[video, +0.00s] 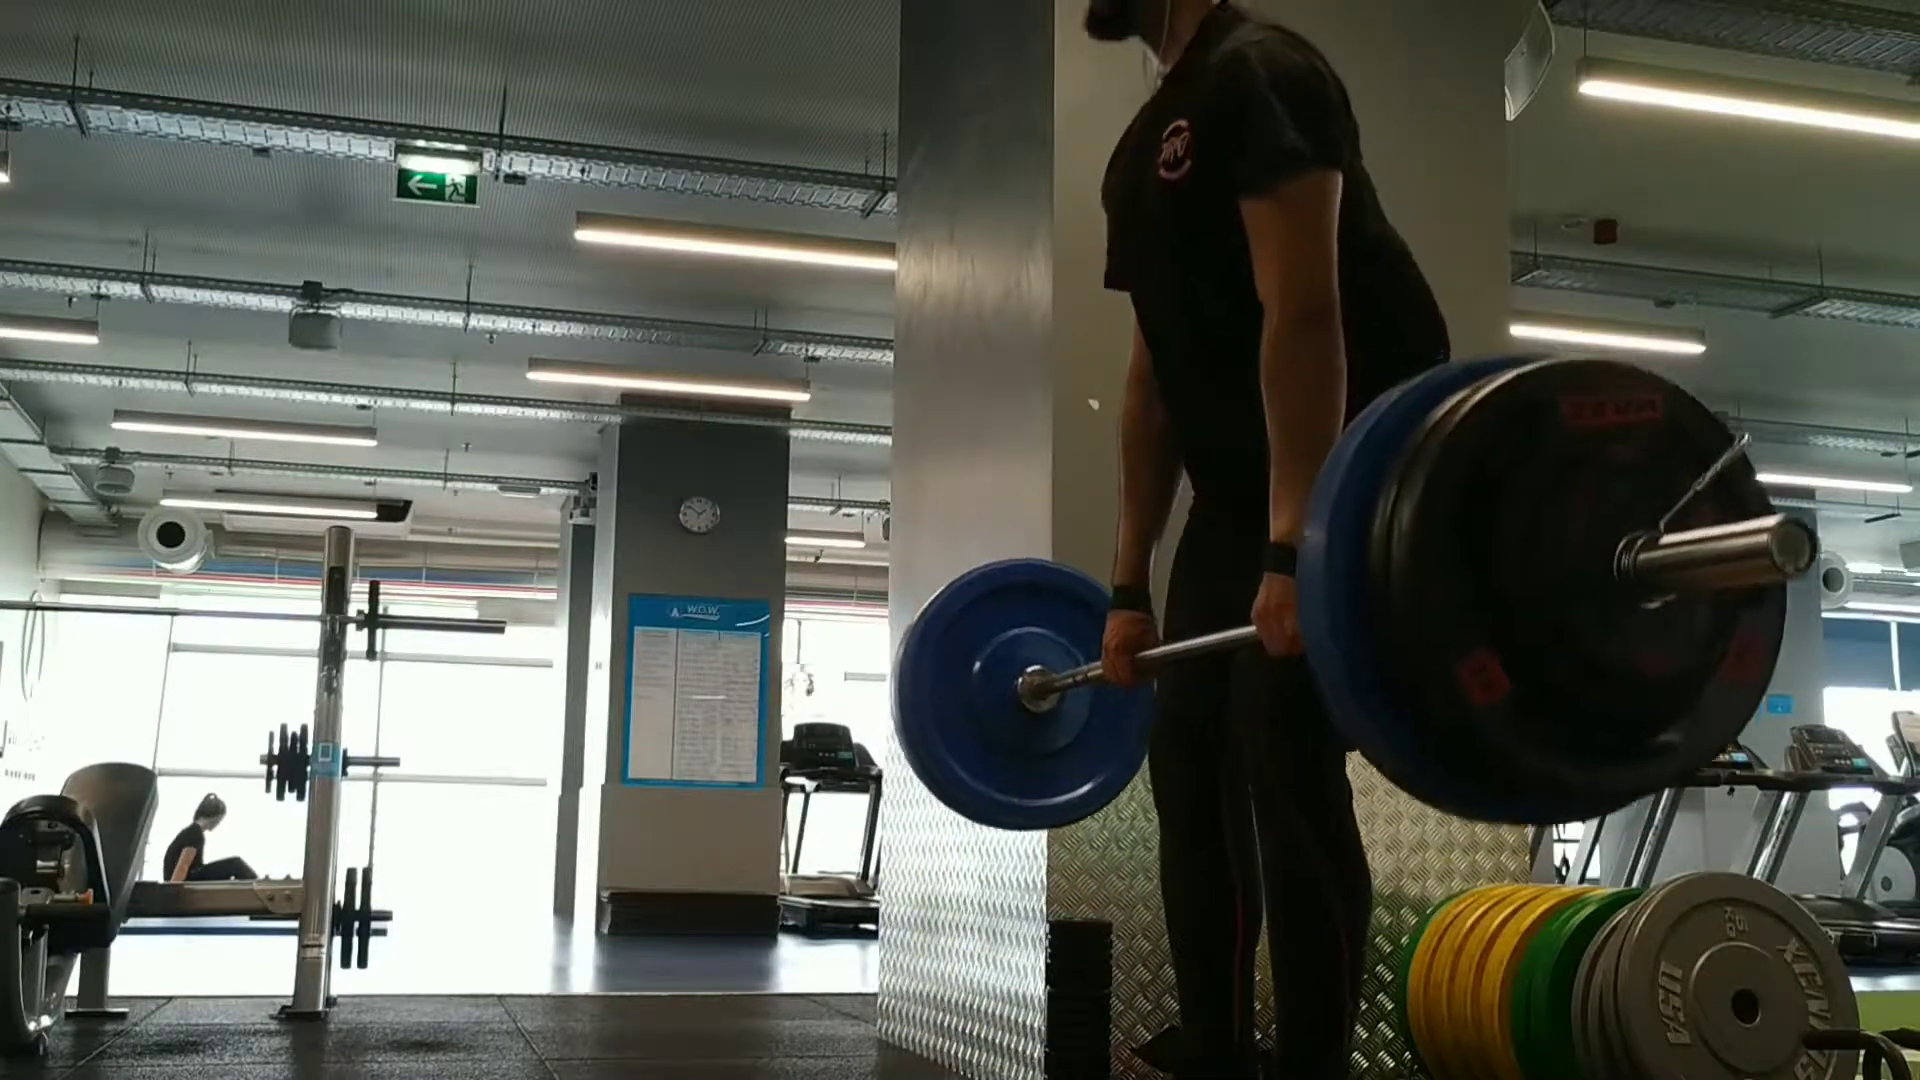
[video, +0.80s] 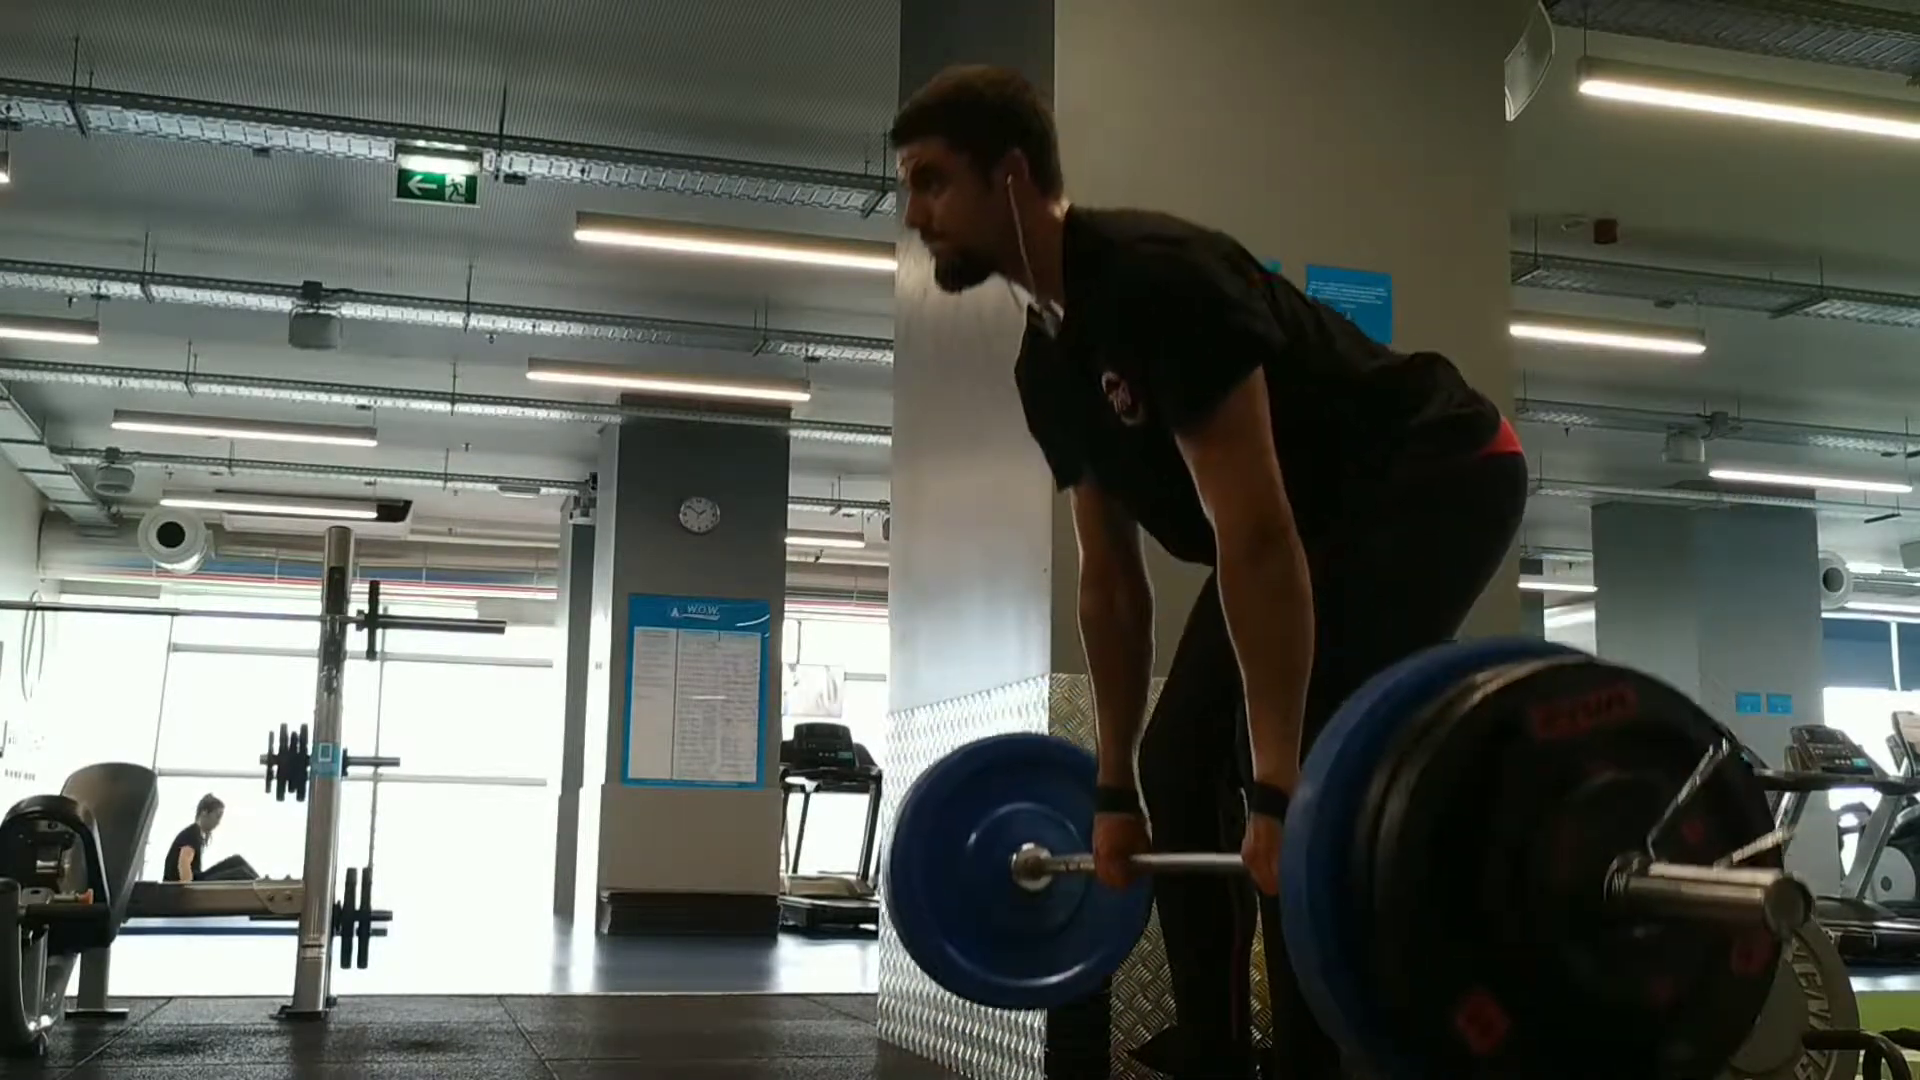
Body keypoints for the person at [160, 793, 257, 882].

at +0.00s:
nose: (219, 822)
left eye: (221, 819)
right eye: (220, 818)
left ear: (202, 812)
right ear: (214, 817)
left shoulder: (193, 832)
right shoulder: (195, 833)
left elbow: (182, 866)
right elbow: (182, 866)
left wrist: (171, 891)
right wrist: (172, 891)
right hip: (187, 881)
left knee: (234, 863)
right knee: (235, 863)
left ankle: (258, 886)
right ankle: (259, 888)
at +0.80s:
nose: (219, 821)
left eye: (220, 817)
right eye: (217, 816)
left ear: (204, 813)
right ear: (204, 813)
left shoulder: (197, 834)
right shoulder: (193, 834)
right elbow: (184, 863)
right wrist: (188, 890)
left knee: (236, 861)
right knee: (240, 873)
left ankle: (264, 886)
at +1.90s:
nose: (219, 824)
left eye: (223, 820)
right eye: (216, 818)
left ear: (227, 822)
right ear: (207, 815)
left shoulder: (205, 838)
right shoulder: (197, 838)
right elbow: (179, 872)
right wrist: (195, 891)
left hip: (198, 877)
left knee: (236, 861)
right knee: (241, 871)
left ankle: (261, 886)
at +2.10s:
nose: (213, 823)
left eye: (218, 820)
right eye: (211, 817)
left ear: (222, 822)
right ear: (203, 814)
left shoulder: (209, 841)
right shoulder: (191, 837)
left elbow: (203, 867)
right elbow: (165, 866)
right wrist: (165, 890)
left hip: (203, 877)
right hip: (190, 883)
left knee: (236, 862)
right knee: (241, 872)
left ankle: (260, 885)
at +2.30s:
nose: (211, 823)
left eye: (215, 820)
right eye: (207, 817)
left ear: (219, 822)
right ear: (200, 815)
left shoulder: (209, 841)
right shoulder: (187, 837)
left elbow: (204, 866)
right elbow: (166, 866)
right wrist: (158, 886)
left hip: (203, 877)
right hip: (188, 882)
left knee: (236, 862)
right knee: (240, 872)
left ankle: (260, 885)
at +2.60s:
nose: (211, 823)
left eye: (216, 819)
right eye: (208, 818)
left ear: (219, 821)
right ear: (199, 815)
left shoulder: (206, 839)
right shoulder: (186, 837)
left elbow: (198, 862)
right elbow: (171, 863)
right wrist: (156, 885)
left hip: (200, 877)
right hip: (188, 883)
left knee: (236, 862)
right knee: (241, 872)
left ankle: (260, 884)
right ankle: (262, 888)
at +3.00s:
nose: (212, 824)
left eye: (216, 820)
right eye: (209, 818)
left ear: (220, 822)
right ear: (200, 816)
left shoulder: (205, 839)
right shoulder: (186, 837)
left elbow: (195, 861)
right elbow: (171, 859)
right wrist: (155, 879)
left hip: (198, 878)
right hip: (186, 884)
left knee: (236, 862)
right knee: (240, 872)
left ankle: (259, 885)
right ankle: (260, 889)